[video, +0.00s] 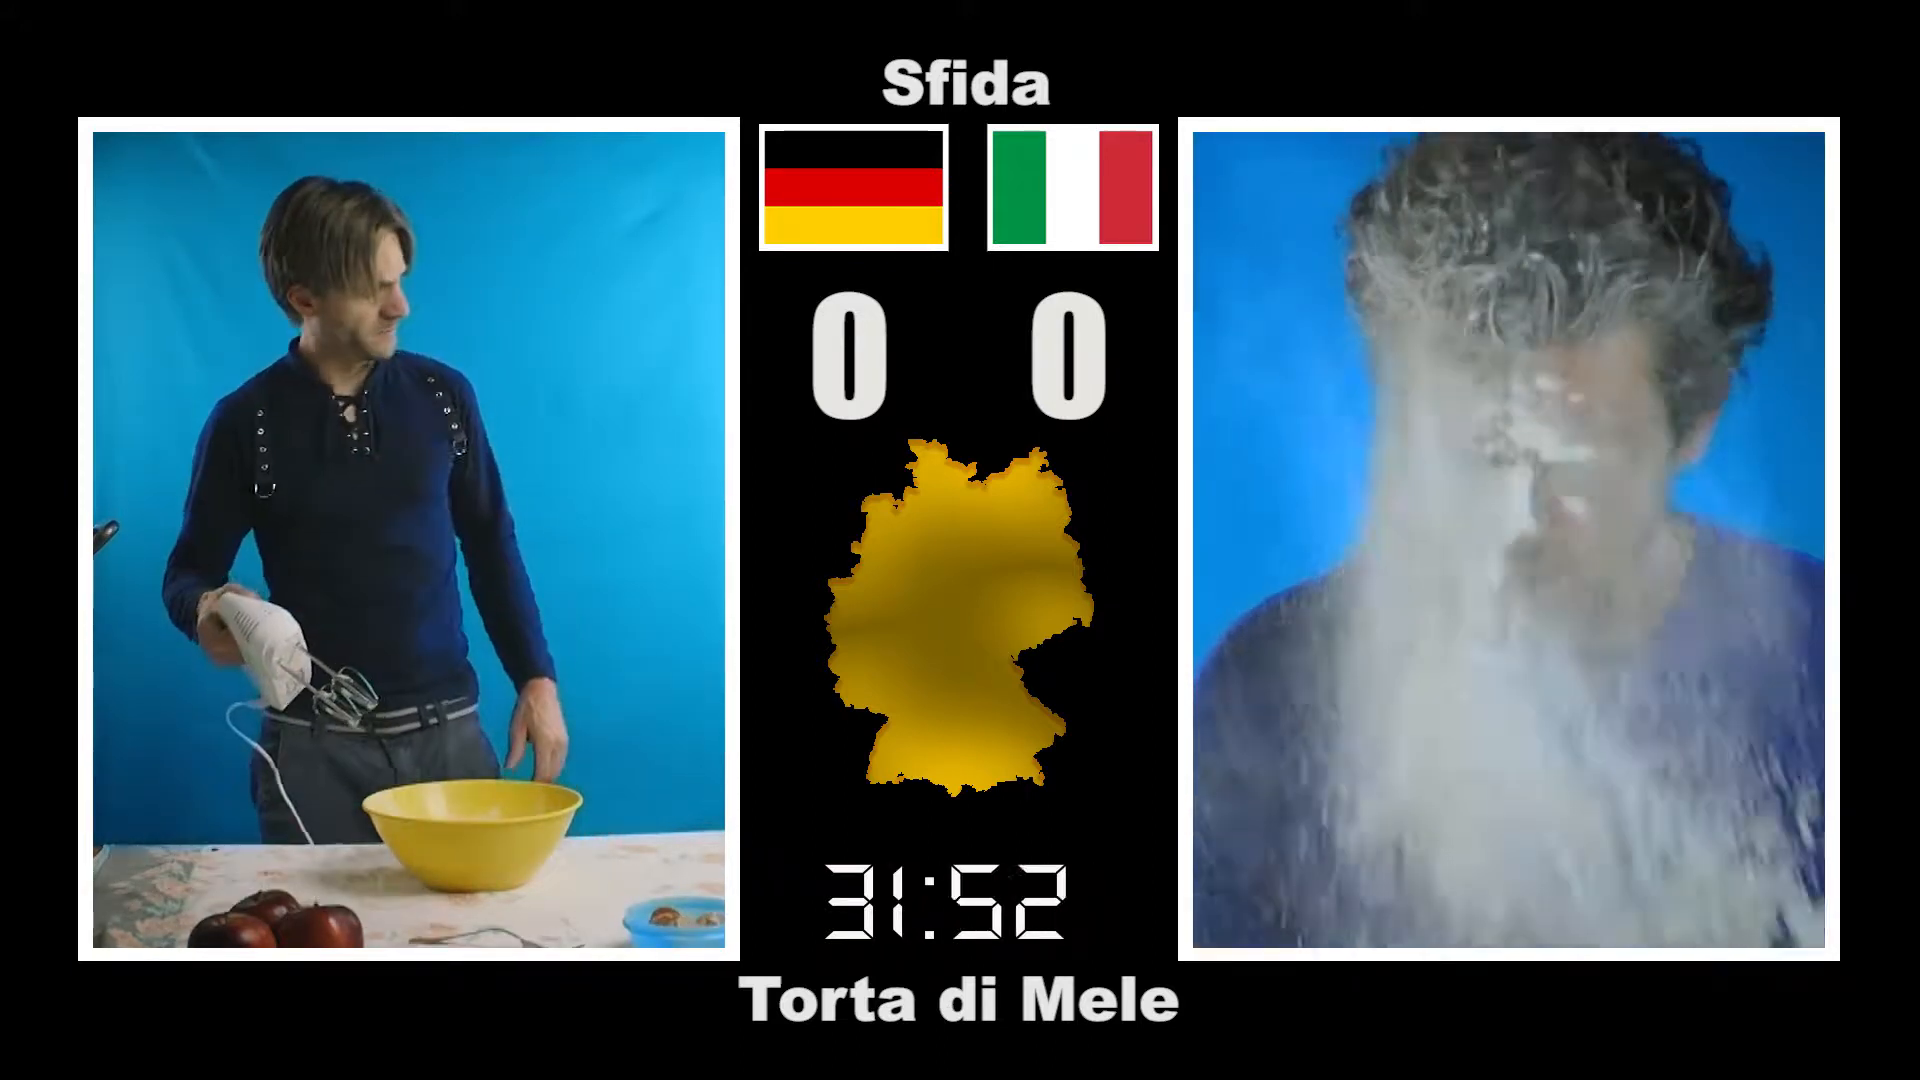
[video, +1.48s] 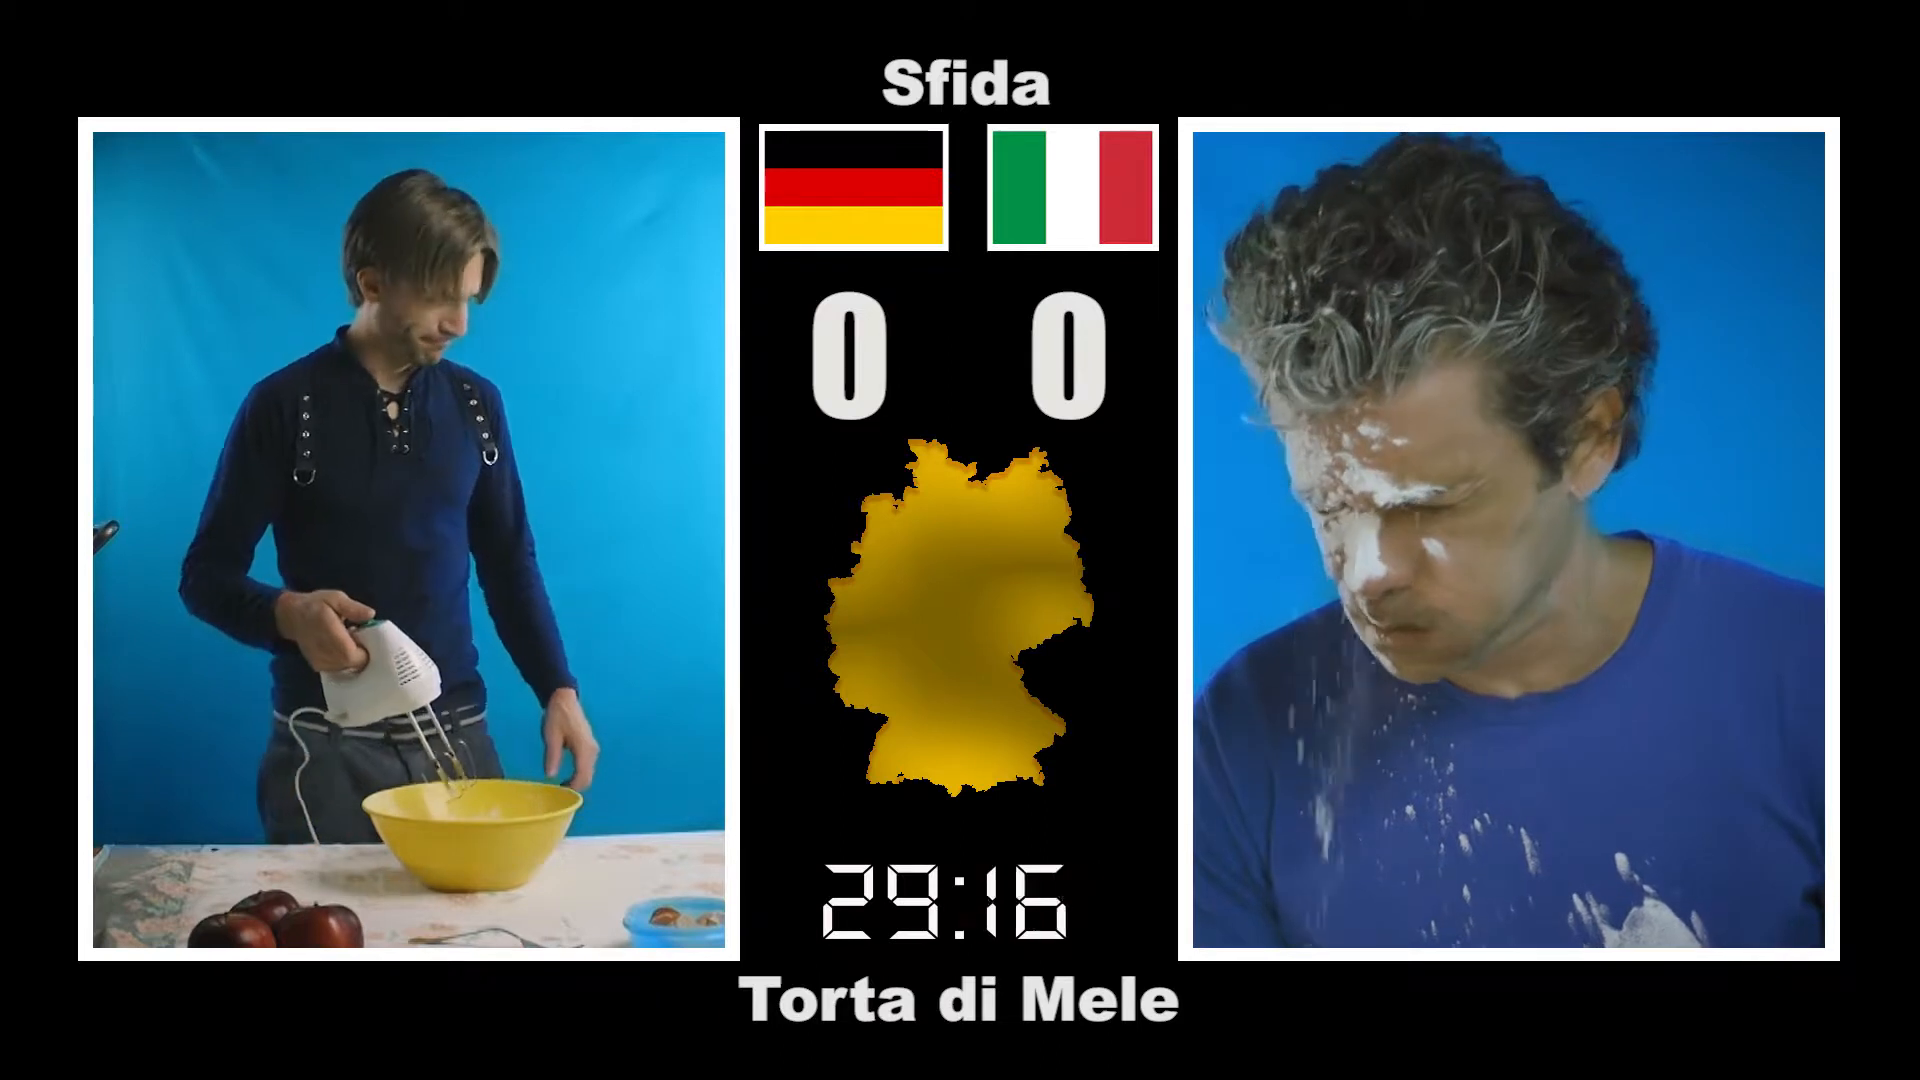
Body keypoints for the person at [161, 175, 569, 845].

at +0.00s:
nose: (399, 307)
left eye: (398, 284)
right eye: (375, 291)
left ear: (401, 273)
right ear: (304, 303)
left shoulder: (443, 397)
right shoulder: (247, 423)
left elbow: (491, 542)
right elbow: (191, 570)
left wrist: (536, 678)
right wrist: (205, 613)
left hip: (447, 740)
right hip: (317, 752)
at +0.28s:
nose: (373, 307)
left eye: (390, 282)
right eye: (351, 283)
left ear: (410, 277)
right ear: (311, 276)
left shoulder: (466, 400)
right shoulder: (267, 423)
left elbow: (531, 541)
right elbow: (228, 567)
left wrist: (583, 670)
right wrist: (234, 613)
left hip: (469, 744)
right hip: (336, 752)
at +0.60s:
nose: (481, 316)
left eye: (497, 296)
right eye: (462, 292)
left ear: (510, 291)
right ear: (407, 272)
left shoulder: (537, 412)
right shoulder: (337, 412)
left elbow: (588, 553)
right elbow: (276, 551)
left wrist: (611, 672)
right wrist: (286, 593)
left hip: (517, 749)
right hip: (381, 751)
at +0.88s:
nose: (572, 322)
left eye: (580, 300)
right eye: (552, 298)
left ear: (587, 295)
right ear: (483, 288)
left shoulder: (582, 422)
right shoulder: (382, 397)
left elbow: (607, 575)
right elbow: (306, 536)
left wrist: (597, 710)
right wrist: (324, 580)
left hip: (523, 745)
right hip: (388, 737)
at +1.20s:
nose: (532, 325)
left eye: (546, 304)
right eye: (514, 299)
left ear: (557, 298)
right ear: (450, 277)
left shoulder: (545, 419)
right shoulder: (350, 398)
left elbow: (570, 572)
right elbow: (263, 546)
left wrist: (602, 694)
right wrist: (315, 595)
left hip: (500, 738)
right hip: (368, 740)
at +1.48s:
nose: (458, 323)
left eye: (469, 300)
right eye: (440, 298)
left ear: (478, 294)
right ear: (370, 283)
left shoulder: (475, 406)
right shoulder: (283, 408)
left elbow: (509, 562)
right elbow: (205, 577)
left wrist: (559, 689)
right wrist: (284, 615)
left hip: (457, 741)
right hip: (327, 750)